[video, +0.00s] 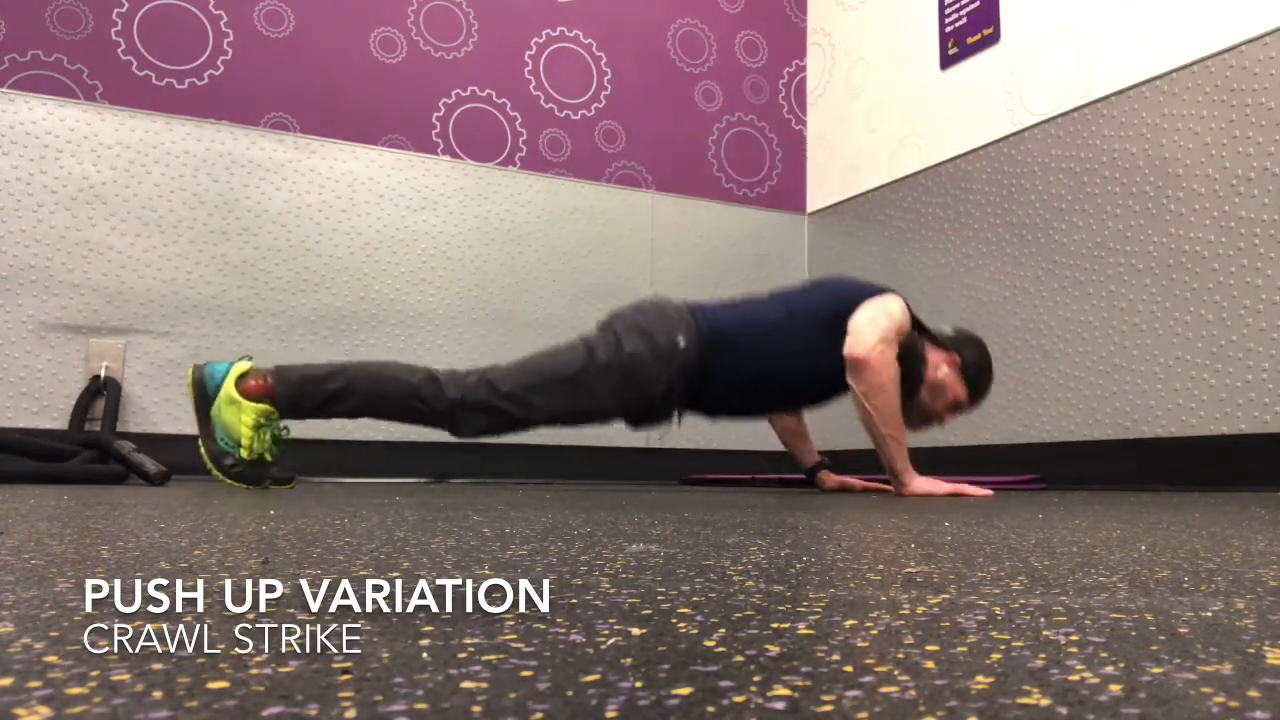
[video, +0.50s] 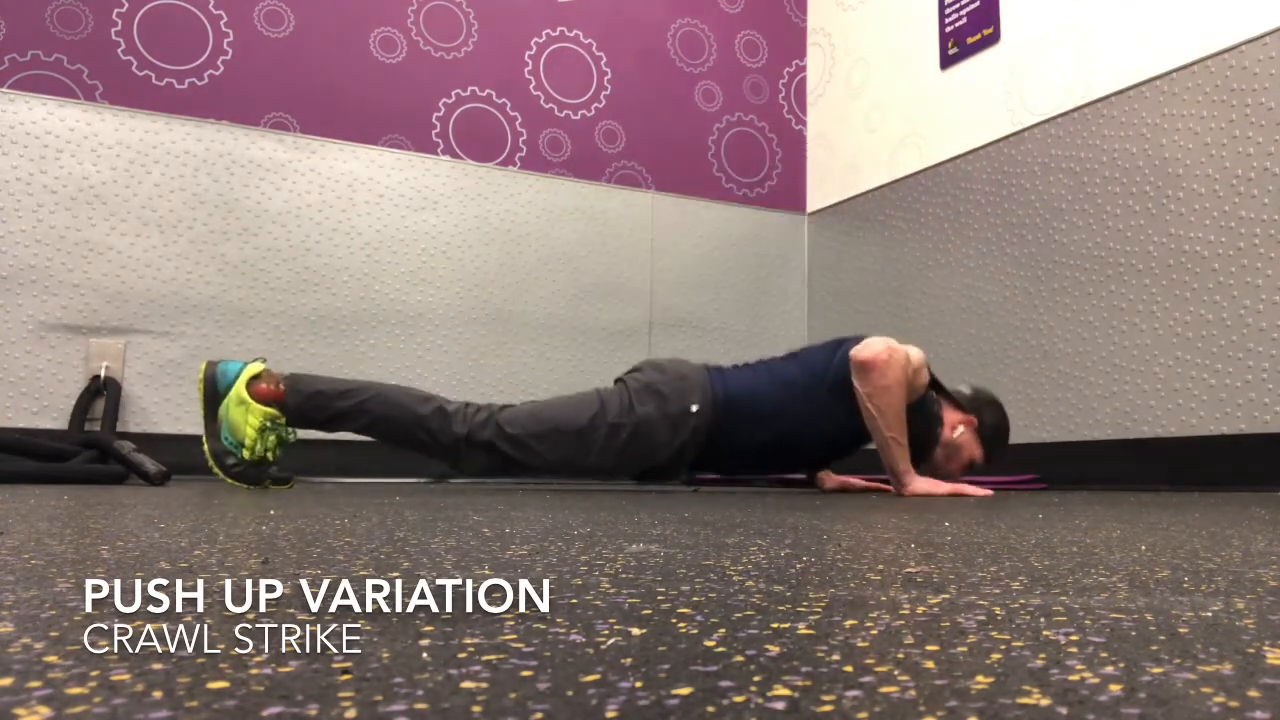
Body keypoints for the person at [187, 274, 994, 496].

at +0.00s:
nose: (927, 412)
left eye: (938, 413)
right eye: (939, 400)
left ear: (936, 383)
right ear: (939, 358)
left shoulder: (843, 337)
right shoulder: (891, 313)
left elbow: (773, 388)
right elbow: (867, 361)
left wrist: (812, 467)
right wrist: (907, 476)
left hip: (665, 371)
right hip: (664, 348)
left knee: (473, 401)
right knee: (469, 400)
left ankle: (267, 390)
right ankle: (261, 387)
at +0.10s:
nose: (938, 427)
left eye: (951, 430)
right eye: (950, 415)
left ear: (942, 414)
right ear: (943, 377)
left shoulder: (861, 367)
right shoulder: (902, 337)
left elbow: (775, 414)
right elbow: (870, 359)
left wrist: (810, 464)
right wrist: (908, 477)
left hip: (672, 389)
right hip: (671, 373)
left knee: (475, 415)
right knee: (473, 411)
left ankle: (270, 396)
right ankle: (262, 387)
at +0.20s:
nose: (949, 446)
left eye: (959, 447)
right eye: (957, 433)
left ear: (949, 423)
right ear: (950, 398)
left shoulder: (865, 394)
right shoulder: (904, 353)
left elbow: (764, 450)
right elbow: (875, 361)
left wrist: (826, 469)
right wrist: (908, 476)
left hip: (674, 419)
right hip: (673, 391)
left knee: (479, 433)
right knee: (478, 424)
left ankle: (273, 417)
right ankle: (266, 389)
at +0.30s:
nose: (949, 455)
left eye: (960, 457)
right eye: (958, 443)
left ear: (951, 435)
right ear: (951, 408)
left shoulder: (868, 408)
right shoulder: (902, 369)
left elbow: (760, 458)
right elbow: (880, 364)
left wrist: (824, 476)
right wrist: (908, 475)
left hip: (678, 432)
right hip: (676, 404)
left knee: (480, 436)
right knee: (480, 431)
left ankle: (272, 424)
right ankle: (267, 392)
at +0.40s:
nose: (957, 461)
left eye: (965, 462)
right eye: (963, 450)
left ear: (951, 436)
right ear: (953, 419)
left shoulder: (877, 413)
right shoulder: (901, 380)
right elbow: (882, 365)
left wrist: (862, 477)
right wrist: (910, 477)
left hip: (678, 432)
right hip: (675, 412)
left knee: (480, 438)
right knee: (480, 435)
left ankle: (275, 414)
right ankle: (269, 392)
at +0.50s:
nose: (955, 455)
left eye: (964, 456)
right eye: (962, 442)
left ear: (952, 433)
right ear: (953, 410)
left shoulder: (874, 413)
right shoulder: (903, 371)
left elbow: (802, 465)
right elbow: (881, 365)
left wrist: (847, 476)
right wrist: (909, 476)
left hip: (679, 430)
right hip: (678, 405)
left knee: (481, 440)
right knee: (481, 435)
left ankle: (273, 426)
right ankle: (269, 392)